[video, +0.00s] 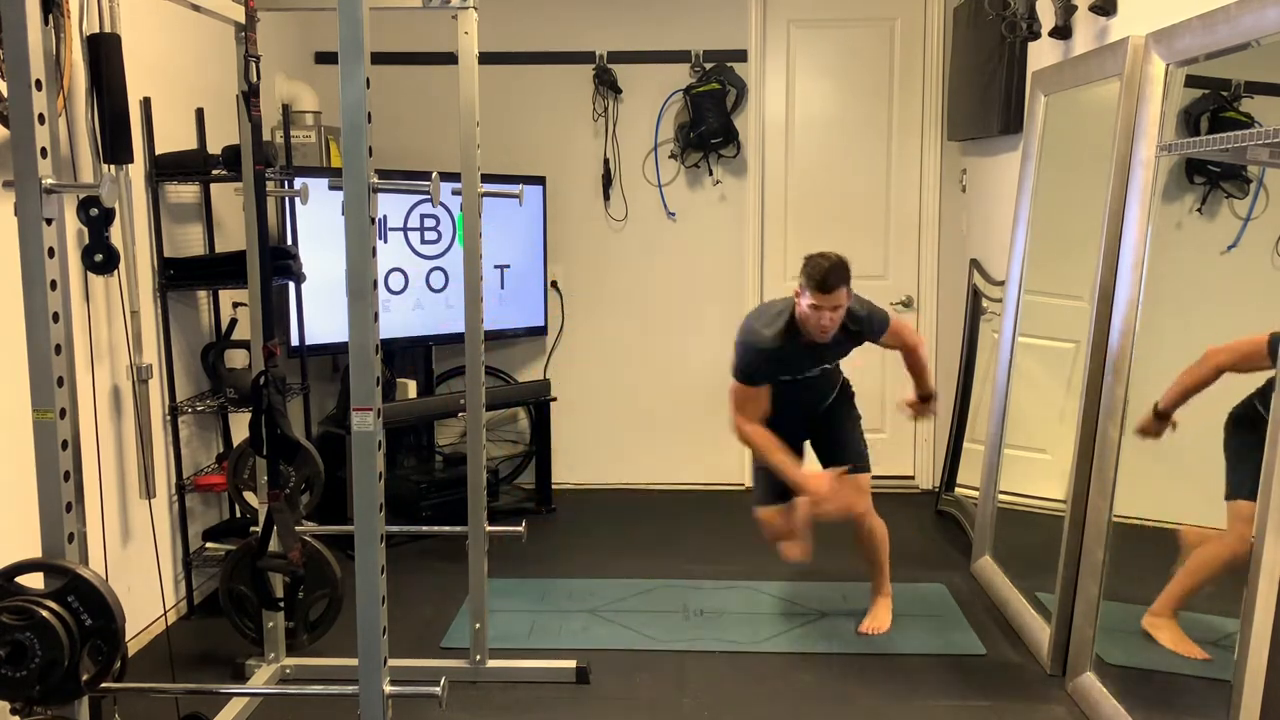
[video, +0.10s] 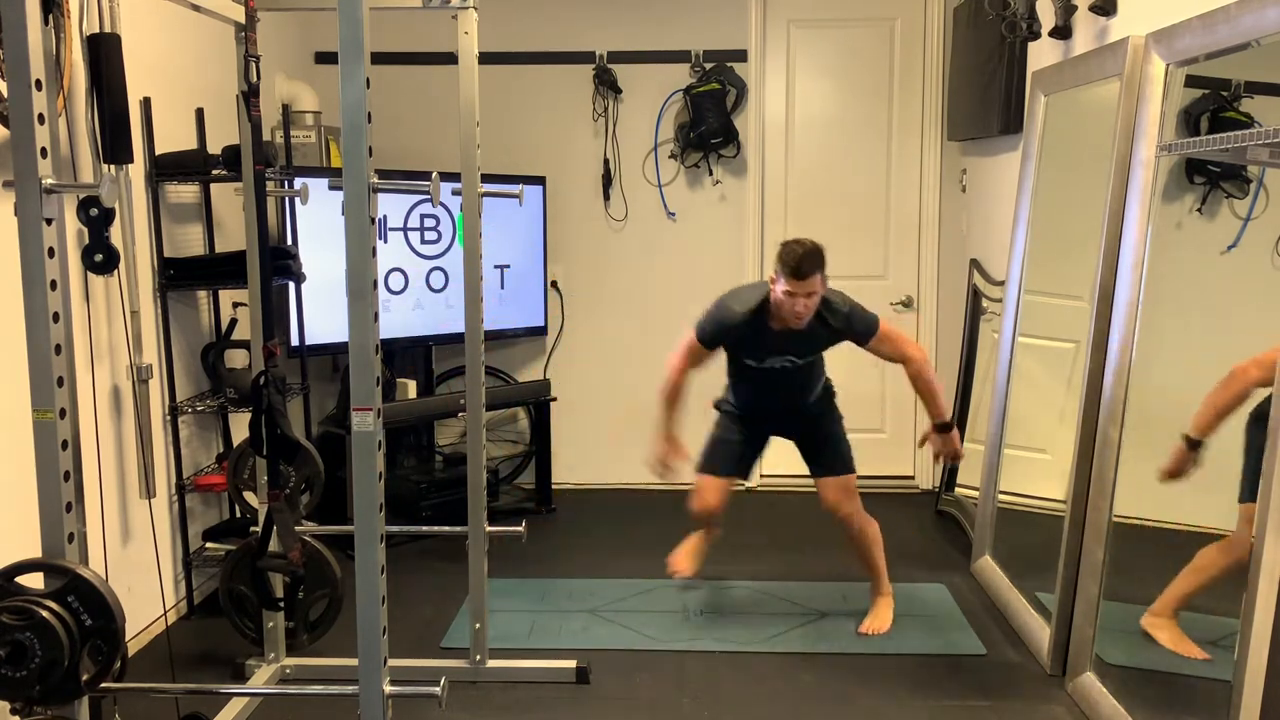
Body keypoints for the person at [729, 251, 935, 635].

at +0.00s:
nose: (826, 320)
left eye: (836, 309)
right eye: (816, 308)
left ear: (847, 299)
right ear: (798, 297)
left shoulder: (859, 318)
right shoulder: (760, 337)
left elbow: (911, 342)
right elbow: (747, 422)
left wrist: (925, 395)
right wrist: (804, 480)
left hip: (829, 400)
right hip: (774, 411)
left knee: (860, 506)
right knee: (772, 522)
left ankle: (882, 595)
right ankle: (801, 514)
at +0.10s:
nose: (802, 306)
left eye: (812, 296)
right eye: (792, 296)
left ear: (823, 286)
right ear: (773, 284)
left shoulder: (837, 314)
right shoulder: (734, 313)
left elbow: (913, 355)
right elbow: (680, 364)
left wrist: (942, 424)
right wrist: (667, 436)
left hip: (810, 409)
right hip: (744, 410)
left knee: (843, 506)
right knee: (703, 506)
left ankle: (882, 593)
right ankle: (706, 533)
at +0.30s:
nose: (712, 297)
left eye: (721, 287)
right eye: (703, 286)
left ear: (736, 275)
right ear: (688, 271)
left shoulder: (754, 306)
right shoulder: (659, 273)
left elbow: (808, 385)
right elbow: (599, 250)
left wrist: (780, 465)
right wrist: (549, 247)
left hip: (722, 389)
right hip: (659, 384)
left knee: (760, 487)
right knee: (624, 484)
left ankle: (792, 547)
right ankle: (579, 592)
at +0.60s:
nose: (632, 336)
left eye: (642, 326)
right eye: (623, 325)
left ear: (659, 314)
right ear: (612, 309)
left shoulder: (670, 362)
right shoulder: (607, 293)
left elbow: (591, 419)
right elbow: (561, 264)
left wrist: (541, 371)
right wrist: (511, 248)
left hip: (638, 425)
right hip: (598, 392)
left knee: (561, 475)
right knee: (581, 495)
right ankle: (574, 598)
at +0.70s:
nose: (626, 341)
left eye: (636, 332)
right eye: (618, 331)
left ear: (651, 321)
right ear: (605, 317)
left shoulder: (668, 363)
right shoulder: (599, 301)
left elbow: (595, 430)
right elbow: (552, 272)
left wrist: (547, 387)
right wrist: (493, 264)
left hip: (630, 428)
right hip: (590, 393)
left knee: (555, 481)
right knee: (576, 494)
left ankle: (484, 529)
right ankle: (572, 598)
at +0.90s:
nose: (640, 336)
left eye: (649, 326)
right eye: (631, 326)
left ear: (662, 315)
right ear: (614, 313)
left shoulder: (683, 347)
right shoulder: (591, 312)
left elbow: (714, 439)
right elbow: (517, 301)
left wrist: (681, 507)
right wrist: (461, 340)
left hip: (647, 417)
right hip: (593, 403)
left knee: (631, 515)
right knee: (577, 498)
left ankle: (575, 530)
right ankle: (572, 599)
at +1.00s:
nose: (657, 324)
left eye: (664, 313)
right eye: (646, 315)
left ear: (673, 302)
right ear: (625, 304)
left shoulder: (697, 328)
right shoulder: (598, 319)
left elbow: (770, 381)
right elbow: (513, 347)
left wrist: (780, 454)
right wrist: (489, 419)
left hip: (666, 411)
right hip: (604, 407)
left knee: (687, 514)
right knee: (585, 501)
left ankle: (692, 530)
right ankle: (573, 601)